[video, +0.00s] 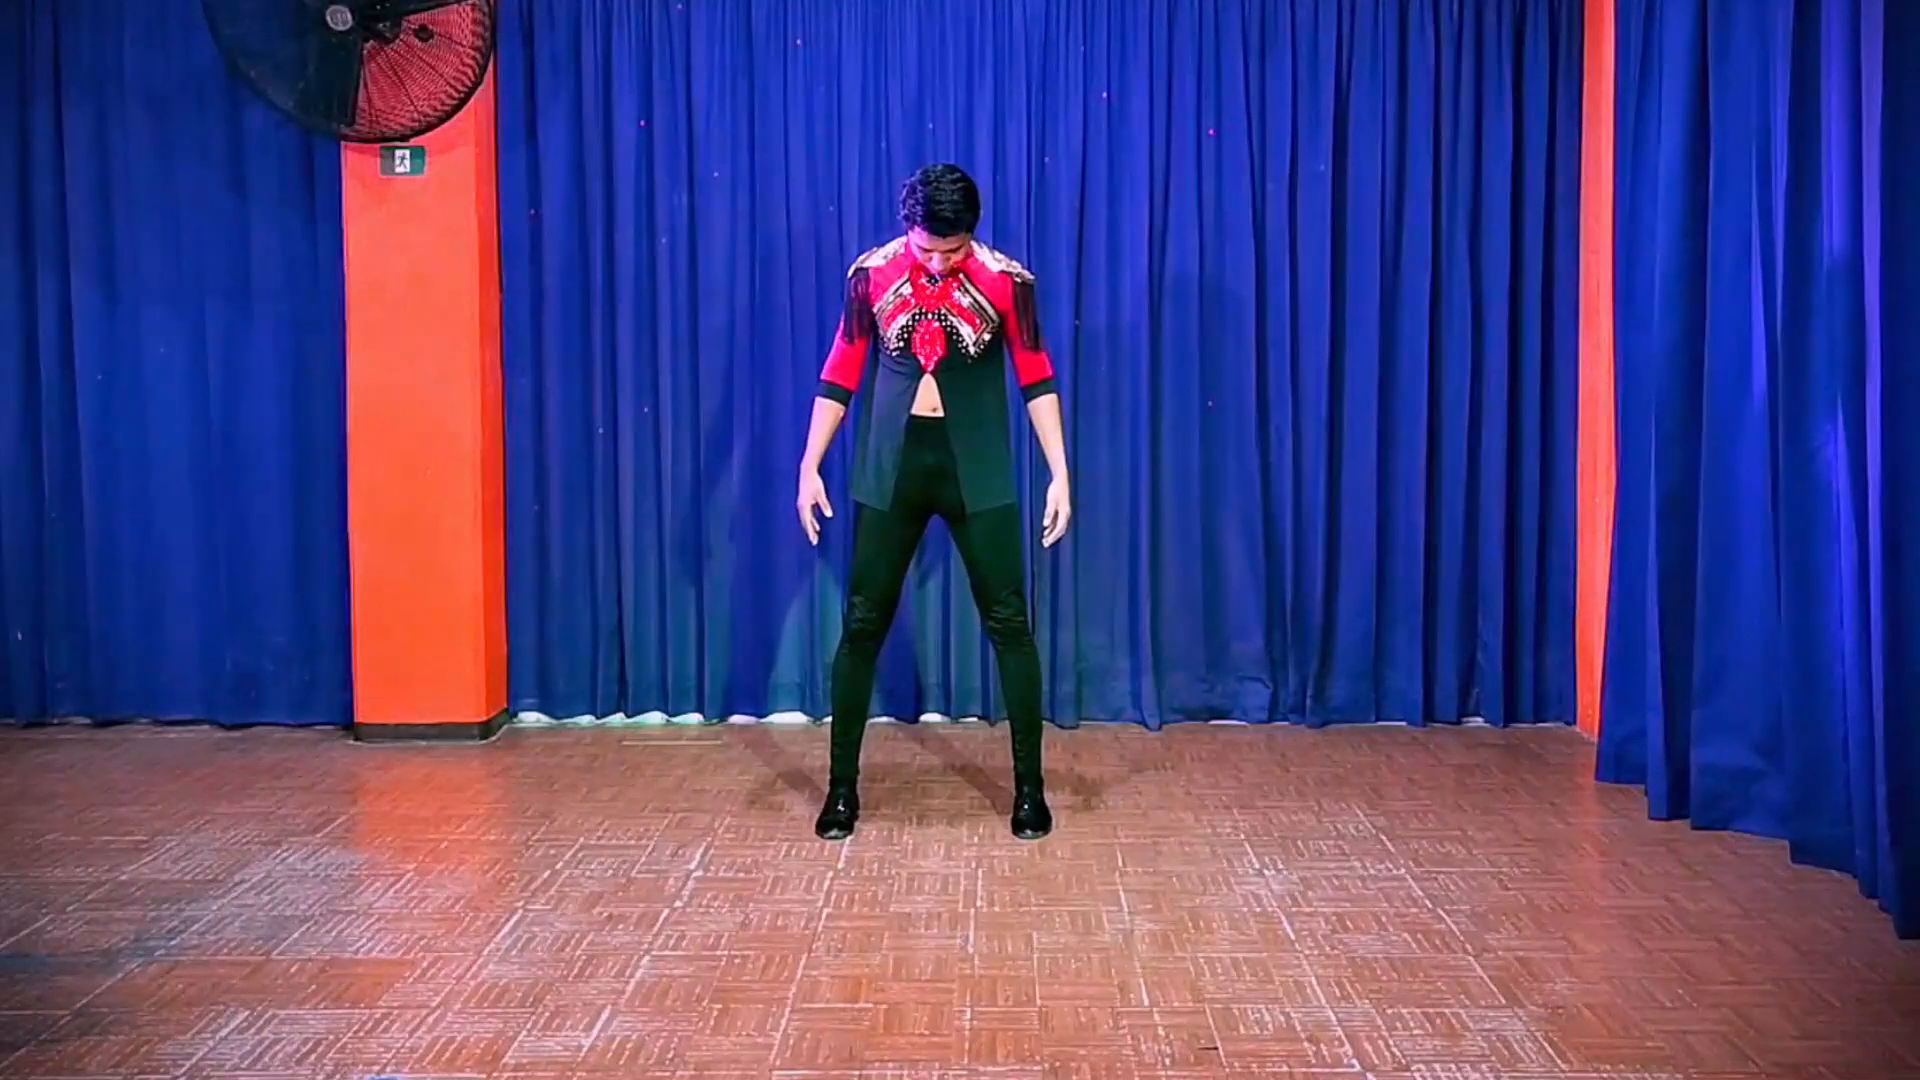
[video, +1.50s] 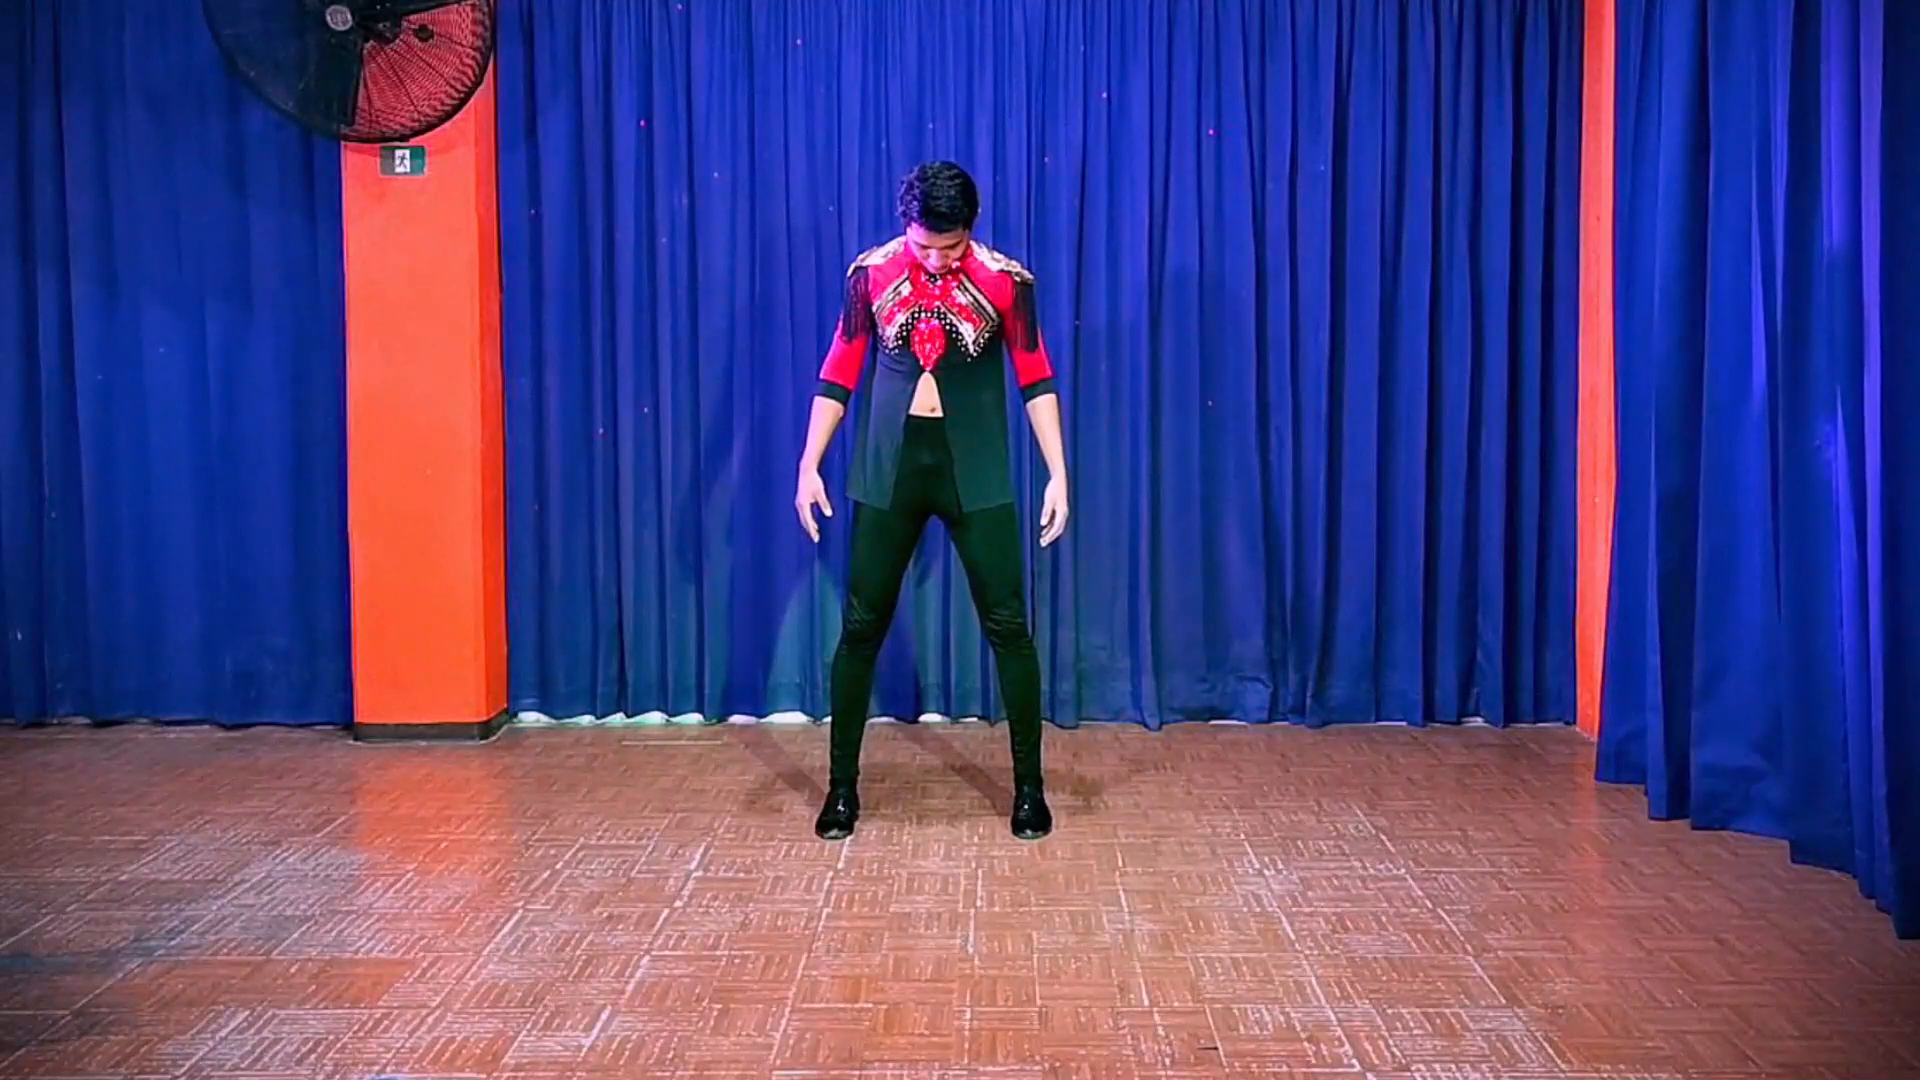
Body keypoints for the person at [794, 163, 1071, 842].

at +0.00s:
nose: (942, 259)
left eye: (954, 248)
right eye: (929, 247)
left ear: (974, 230)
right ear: (909, 228)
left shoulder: (1007, 281)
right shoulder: (872, 275)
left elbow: (1036, 378)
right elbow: (842, 372)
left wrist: (1059, 473)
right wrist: (809, 465)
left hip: (979, 464)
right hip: (892, 463)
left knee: (1008, 619)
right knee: (863, 622)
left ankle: (1029, 785)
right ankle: (841, 786)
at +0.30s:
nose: (940, 259)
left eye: (953, 248)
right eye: (928, 247)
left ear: (974, 230)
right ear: (909, 228)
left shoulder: (1006, 282)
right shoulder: (872, 275)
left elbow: (1036, 380)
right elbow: (839, 373)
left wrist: (1059, 473)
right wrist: (807, 464)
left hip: (977, 466)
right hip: (890, 464)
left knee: (1007, 621)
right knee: (862, 623)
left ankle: (1029, 786)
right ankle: (841, 787)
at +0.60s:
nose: (940, 258)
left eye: (953, 247)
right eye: (928, 246)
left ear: (974, 228)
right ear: (909, 228)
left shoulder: (1006, 281)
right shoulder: (872, 274)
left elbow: (1035, 379)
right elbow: (839, 371)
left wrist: (1058, 473)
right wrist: (806, 464)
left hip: (976, 466)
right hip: (889, 465)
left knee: (1008, 623)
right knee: (862, 623)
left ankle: (1028, 786)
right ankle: (842, 787)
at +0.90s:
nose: (940, 258)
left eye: (953, 247)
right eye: (927, 246)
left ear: (973, 228)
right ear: (908, 227)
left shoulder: (1007, 281)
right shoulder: (872, 275)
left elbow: (1036, 380)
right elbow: (839, 372)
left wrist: (1060, 474)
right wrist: (807, 463)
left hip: (977, 467)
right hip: (889, 466)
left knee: (1007, 625)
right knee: (863, 624)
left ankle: (1029, 786)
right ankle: (842, 786)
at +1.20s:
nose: (941, 256)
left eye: (954, 244)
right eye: (928, 243)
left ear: (973, 227)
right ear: (908, 225)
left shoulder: (1006, 282)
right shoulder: (873, 275)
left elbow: (1037, 380)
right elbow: (839, 373)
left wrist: (1060, 473)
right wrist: (807, 464)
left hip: (977, 467)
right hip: (889, 466)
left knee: (1007, 624)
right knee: (862, 625)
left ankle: (1028, 785)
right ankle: (841, 787)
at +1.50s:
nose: (942, 257)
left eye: (955, 245)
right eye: (930, 245)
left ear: (973, 227)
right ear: (908, 226)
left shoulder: (1005, 280)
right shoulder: (872, 275)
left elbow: (1035, 379)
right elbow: (840, 373)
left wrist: (1058, 473)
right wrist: (809, 465)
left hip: (978, 468)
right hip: (889, 466)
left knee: (1007, 624)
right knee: (862, 626)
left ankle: (1028, 785)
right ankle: (842, 786)